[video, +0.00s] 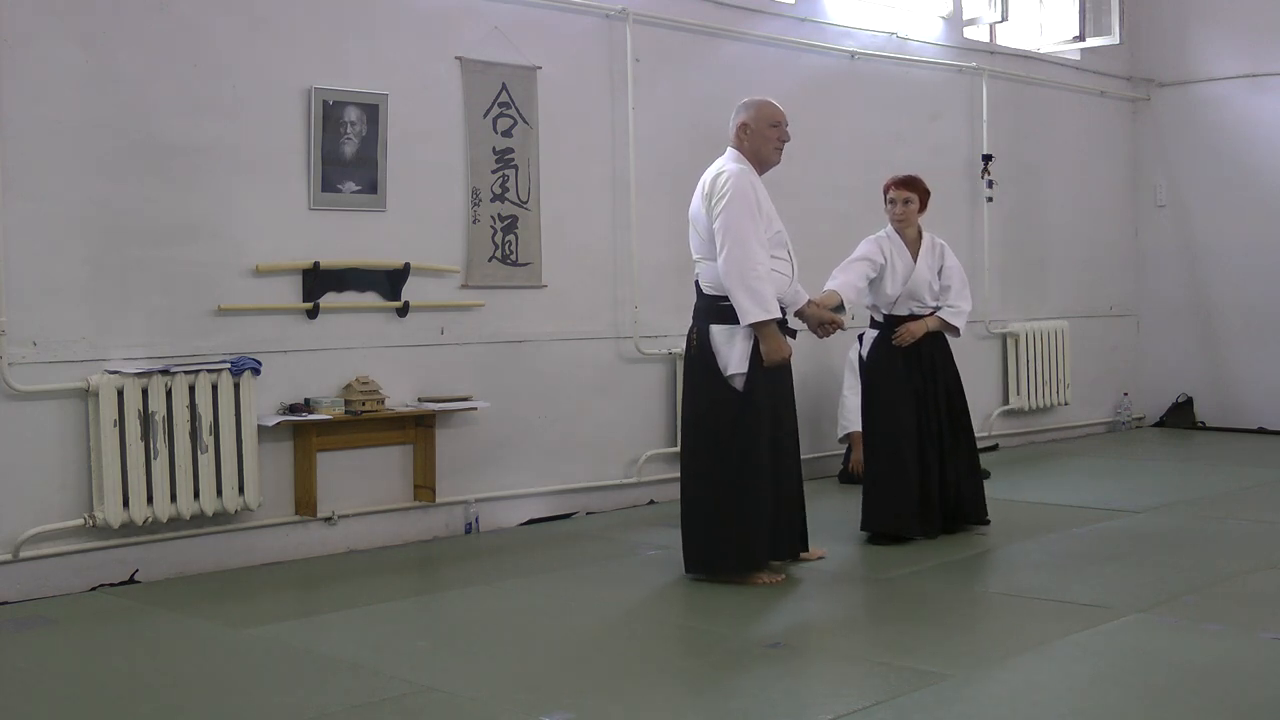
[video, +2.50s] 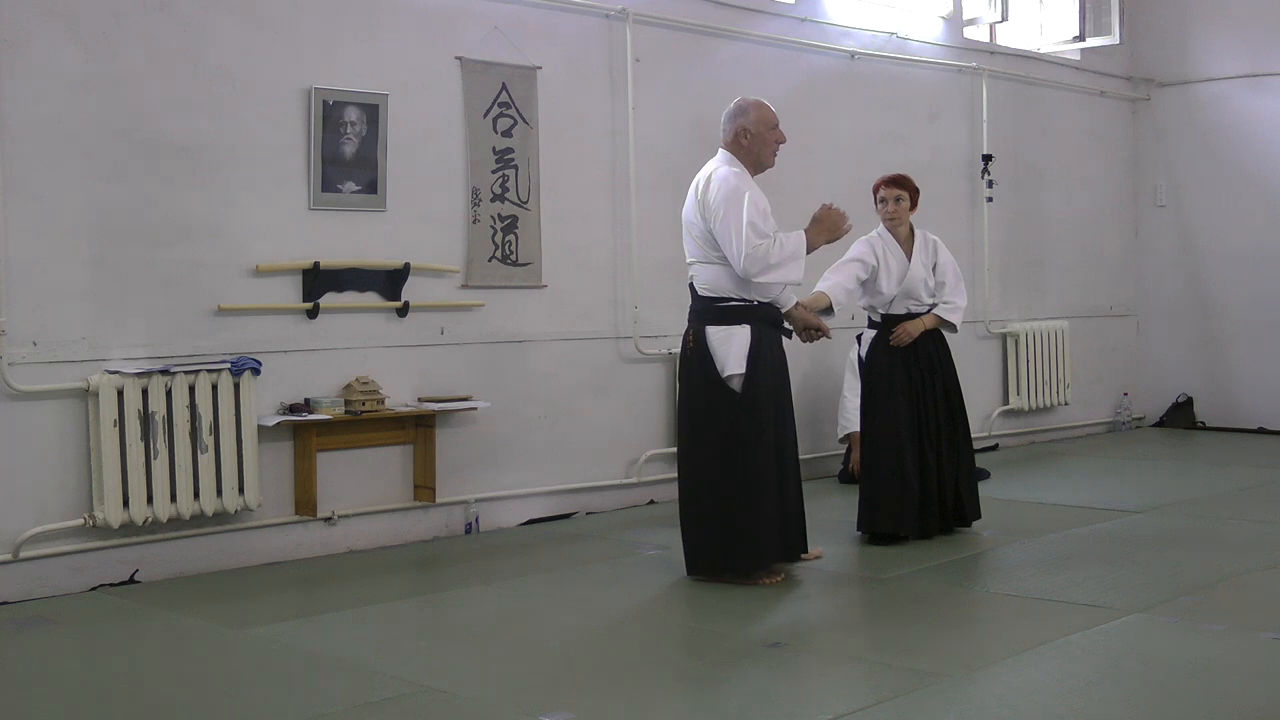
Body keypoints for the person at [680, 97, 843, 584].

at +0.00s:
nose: (786, 135)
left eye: (786, 128)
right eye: (777, 127)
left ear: (748, 132)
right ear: (744, 131)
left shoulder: (747, 180)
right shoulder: (733, 180)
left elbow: (768, 261)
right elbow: (740, 261)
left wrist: (805, 306)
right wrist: (767, 330)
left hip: (757, 324)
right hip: (732, 327)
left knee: (772, 438)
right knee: (733, 446)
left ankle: (781, 539)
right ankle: (731, 559)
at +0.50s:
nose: (782, 137)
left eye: (783, 129)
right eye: (772, 128)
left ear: (746, 134)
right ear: (740, 132)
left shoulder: (743, 181)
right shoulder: (730, 182)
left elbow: (764, 263)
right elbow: (736, 262)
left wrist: (804, 305)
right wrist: (764, 330)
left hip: (755, 327)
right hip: (730, 331)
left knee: (770, 440)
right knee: (734, 447)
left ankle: (778, 542)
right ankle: (731, 559)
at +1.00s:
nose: (780, 137)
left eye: (778, 129)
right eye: (771, 129)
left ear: (739, 133)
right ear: (740, 133)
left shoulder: (735, 181)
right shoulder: (725, 183)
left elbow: (757, 263)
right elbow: (732, 264)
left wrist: (797, 302)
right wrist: (761, 331)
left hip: (748, 327)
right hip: (725, 331)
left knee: (769, 440)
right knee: (733, 448)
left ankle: (780, 541)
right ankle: (735, 560)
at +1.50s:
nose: (776, 138)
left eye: (773, 129)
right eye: (768, 129)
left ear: (736, 133)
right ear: (738, 134)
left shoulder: (727, 180)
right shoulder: (721, 183)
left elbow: (750, 263)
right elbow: (732, 268)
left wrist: (793, 301)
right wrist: (782, 311)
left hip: (747, 326)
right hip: (725, 330)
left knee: (766, 438)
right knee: (733, 447)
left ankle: (776, 541)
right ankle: (734, 561)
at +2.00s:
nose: (778, 136)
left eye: (776, 128)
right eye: (770, 129)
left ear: (736, 136)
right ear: (739, 135)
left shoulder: (717, 179)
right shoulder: (729, 185)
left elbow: (743, 266)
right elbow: (753, 257)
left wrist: (790, 308)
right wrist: (802, 249)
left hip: (737, 322)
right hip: (734, 328)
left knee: (763, 438)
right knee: (738, 444)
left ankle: (772, 544)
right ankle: (736, 560)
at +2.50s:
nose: (782, 138)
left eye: (779, 129)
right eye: (773, 130)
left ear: (739, 137)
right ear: (742, 136)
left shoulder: (722, 178)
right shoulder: (729, 183)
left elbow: (747, 264)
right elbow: (753, 258)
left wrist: (790, 309)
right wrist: (812, 236)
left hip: (744, 323)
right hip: (731, 327)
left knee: (762, 439)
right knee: (734, 444)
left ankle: (774, 542)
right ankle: (730, 559)